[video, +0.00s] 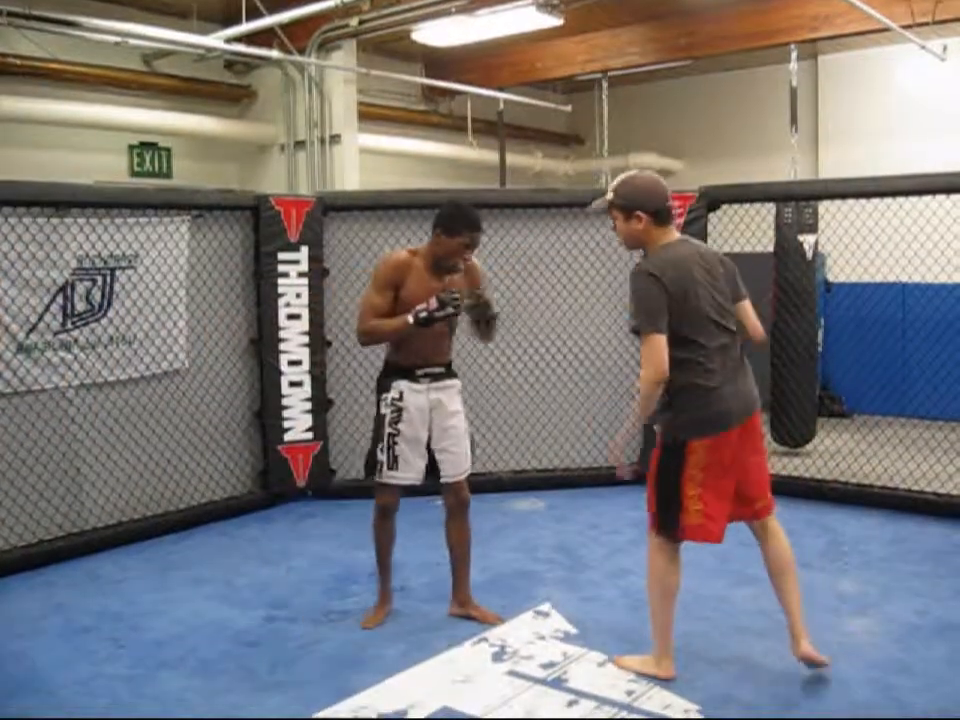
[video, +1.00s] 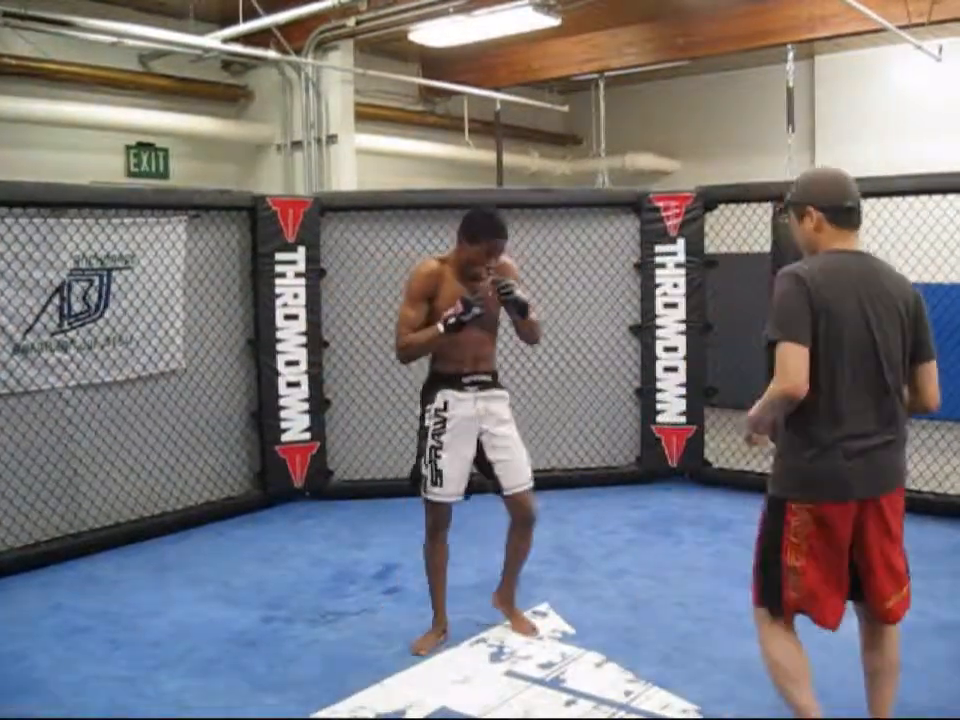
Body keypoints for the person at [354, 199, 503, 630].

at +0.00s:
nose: (469, 256)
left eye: (472, 248)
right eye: (465, 247)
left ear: (467, 245)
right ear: (441, 236)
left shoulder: (467, 271)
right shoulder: (395, 266)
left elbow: (485, 331)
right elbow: (366, 330)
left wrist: (479, 308)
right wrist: (418, 316)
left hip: (446, 390)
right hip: (400, 391)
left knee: (458, 497)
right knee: (386, 500)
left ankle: (462, 599)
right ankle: (384, 599)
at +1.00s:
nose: (487, 265)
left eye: (494, 257)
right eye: (481, 257)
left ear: (501, 251)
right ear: (462, 244)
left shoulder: (502, 270)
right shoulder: (429, 274)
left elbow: (532, 336)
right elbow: (404, 349)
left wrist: (514, 304)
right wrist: (446, 323)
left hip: (493, 398)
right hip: (446, 400)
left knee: (524, 510)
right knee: (438, 519)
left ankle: (506, 596)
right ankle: (439, 622)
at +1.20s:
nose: (509, 264)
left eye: (513, 257)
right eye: (504, 256)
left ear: (513, 251)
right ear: (480, 244)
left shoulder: (513, 267)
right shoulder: (440, 270)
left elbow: (541, 324)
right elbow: (422, 345)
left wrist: (548, 301)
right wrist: (470, 308)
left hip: (504, 397)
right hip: (457, 402)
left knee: (538, 514)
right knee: (445, 515)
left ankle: (560, 632)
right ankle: (439, 624)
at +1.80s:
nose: (552, 262)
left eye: (560, 254)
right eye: (544, 253)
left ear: (568, 253)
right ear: (522, 248)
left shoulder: (570, 276)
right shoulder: (490, 278)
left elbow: (601, 347)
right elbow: (471, 360)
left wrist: (583, 309)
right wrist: (512, 322)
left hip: (559, 414)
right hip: (505, 417)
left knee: (606, 533)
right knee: (480, 539)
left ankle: (590, 636)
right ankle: (482, 646)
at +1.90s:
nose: (559, 261)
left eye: (564, 252)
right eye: (550, 253)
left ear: (569, 248)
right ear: (524, 249)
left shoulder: (576, 275)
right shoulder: (495, 281)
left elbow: (634, 337)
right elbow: (477, 366)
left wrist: (606, 310)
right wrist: (516, 322)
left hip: (571, 418)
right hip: (514, 423)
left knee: (620, 535)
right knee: (485, 538)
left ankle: (626, 653)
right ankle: (480, 647)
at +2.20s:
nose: (596, 269)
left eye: (605, 258)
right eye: (587, 259)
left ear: (617, 245)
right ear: (566, 247)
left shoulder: (634, 270)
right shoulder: (543, 273)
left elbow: (653, 340)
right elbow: (535, 358)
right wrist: (551, 328)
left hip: (623, 411)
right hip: (566, 409)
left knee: (642, 549)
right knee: (530, 530)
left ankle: (657, 672)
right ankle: (524, 642)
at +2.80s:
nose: (606, 258)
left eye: (616, 248)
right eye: (597, 247)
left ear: (629, 242)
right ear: (577, 238)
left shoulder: (637, 274)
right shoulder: (550, 273)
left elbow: (658, 334)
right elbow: (527, 353)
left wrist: (617, 319)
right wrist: (572, 337)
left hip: (632, 418)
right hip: (576, 418)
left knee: (628, 533)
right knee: (567, 538)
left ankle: (628, 636)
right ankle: (581, 638)